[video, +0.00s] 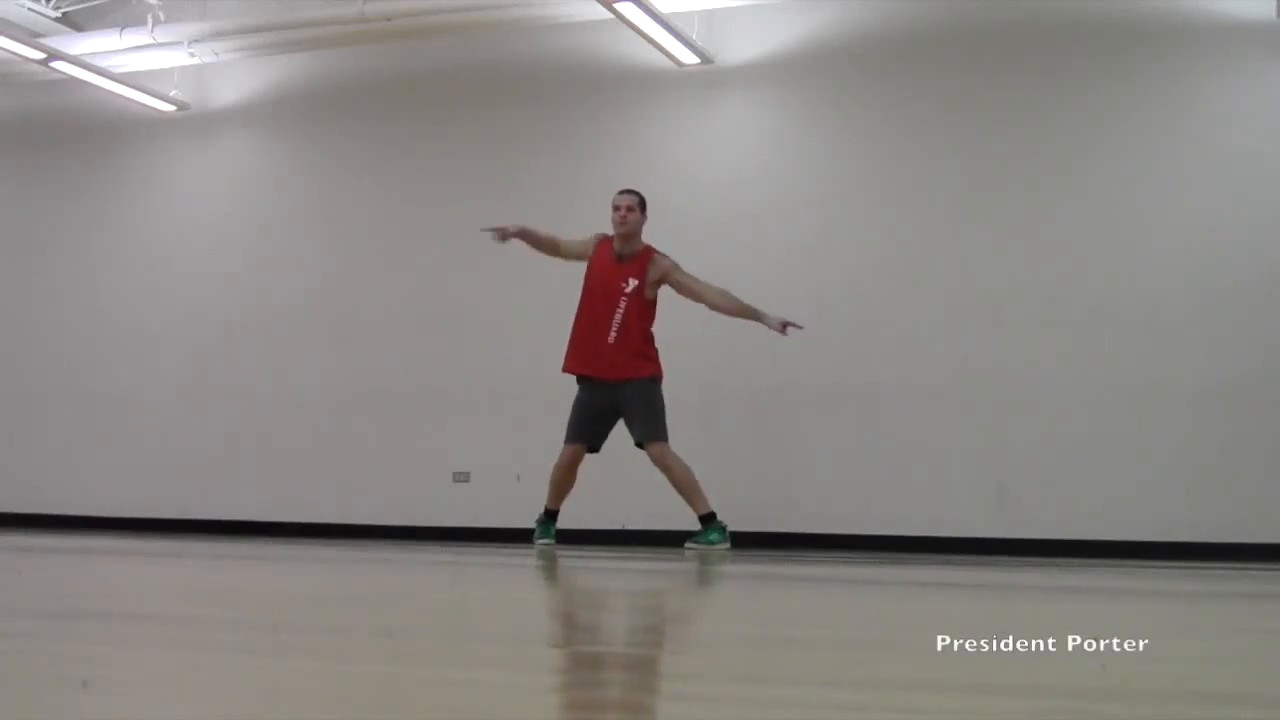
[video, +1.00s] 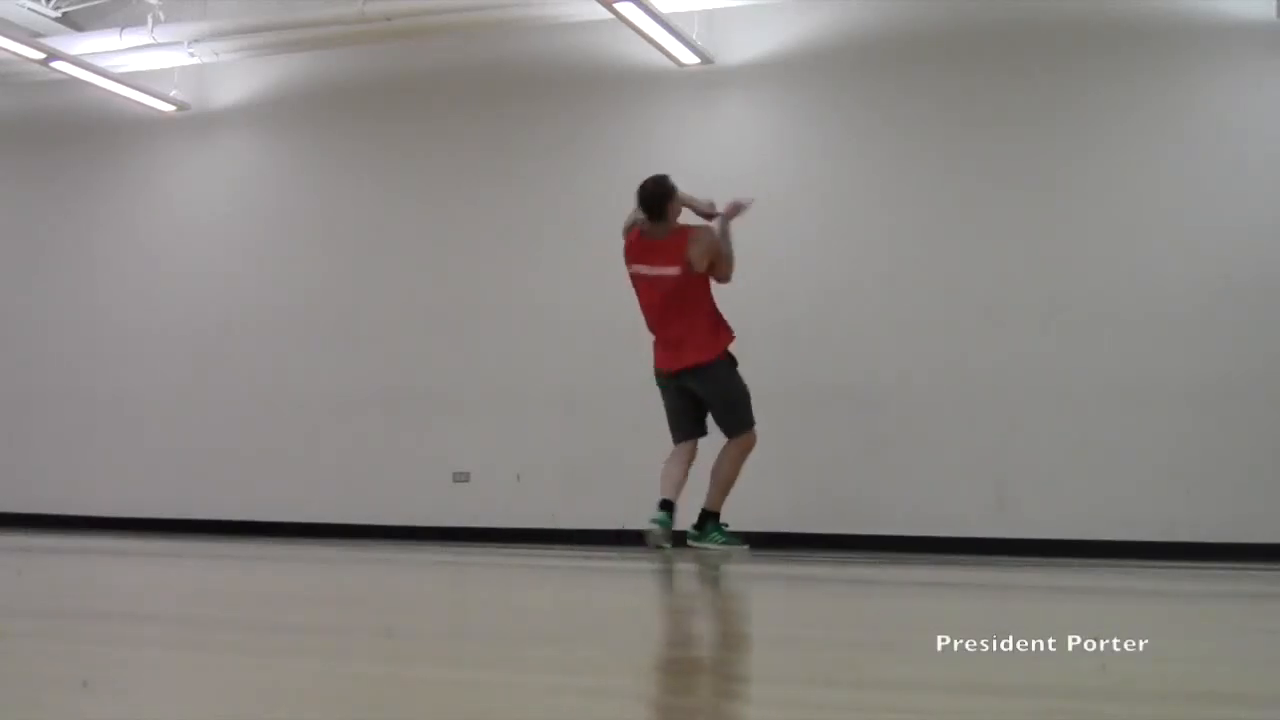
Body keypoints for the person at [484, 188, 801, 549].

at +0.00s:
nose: (621, 214)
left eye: (630, 209)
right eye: (617, 209)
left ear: (643, 219)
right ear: (610, 216)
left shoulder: (657, 264)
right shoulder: (596, 247)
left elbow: (710, 295)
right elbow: (557, 247)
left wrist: (764, 318)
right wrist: (521, 232)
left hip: (638, 378)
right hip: (594, 377)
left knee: (657, 450)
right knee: (571, 452)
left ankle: (711, 526)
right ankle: (547, 521)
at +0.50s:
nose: (652, 206)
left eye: (660, 200)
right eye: (647, 200)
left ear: (675, 206)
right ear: (642, 207)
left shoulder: (694, 246)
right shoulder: (630, 236)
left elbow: (747, 269)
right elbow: (582, 225)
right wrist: (582, 199)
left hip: (678, 356)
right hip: (635, 350)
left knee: (675, 436)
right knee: (632, 403)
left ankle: (676, 521)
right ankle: (621, 485)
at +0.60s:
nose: (660, 203)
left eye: (667, 197)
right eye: (655, 197)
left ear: (682, 203)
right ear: (649, 204)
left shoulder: (699, 240)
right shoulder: (635, 233)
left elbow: (739, 256)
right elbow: (583, 247)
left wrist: (704, 222)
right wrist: (618, 215)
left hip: (682, 347)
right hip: (640, 338)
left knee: (677, 438)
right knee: (667, 375)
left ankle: (647, 517)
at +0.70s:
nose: (660, 206)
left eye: (667, 199)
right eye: (654, 200)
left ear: (681, 204)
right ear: (648, 205)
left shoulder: (696, 238)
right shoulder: (639, 238)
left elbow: (732, 252)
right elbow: (598, 269)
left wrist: (703, 212)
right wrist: (615, 223)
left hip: (678, 348)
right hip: (646, 345)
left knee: (683, 441)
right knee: (705, 404)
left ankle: (632, 523)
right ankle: (709, 507)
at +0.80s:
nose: (659, 210)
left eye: (662, 202)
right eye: (651, 205)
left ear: (672, 210)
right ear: (640, 216)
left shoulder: (687, 242)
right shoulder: (635, 250)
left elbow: (734, 236)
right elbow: (637, 268)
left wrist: (695, 208)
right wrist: (644, 213)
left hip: (684, 361)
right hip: (666, 362)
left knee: (697, 451)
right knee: (728, 433)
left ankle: (633, 524)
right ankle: (702, 521)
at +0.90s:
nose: (660, 211)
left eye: (660, 205)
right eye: (651, 209)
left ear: (660, 210)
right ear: (635, 219)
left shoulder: (658, 239)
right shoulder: (659, 250)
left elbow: (705, 212)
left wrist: (684, 200)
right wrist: (717, 218)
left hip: (675, 367)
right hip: (692, 364)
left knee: (698, 450)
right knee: (739, 439)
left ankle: (638, 520)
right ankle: (708, 525)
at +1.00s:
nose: (679, 203)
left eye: (674, 197)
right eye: (675, 199)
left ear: (643, 209)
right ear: (673, 207)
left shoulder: (632, 238)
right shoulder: (698, 239)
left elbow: (659, 199)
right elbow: (724, 273)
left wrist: (699, 206)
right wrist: (724, 224)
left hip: (667, 363)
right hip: (708, 360)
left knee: (685, 442)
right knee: (742, 436)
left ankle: (663, 515)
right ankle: (708, 524)